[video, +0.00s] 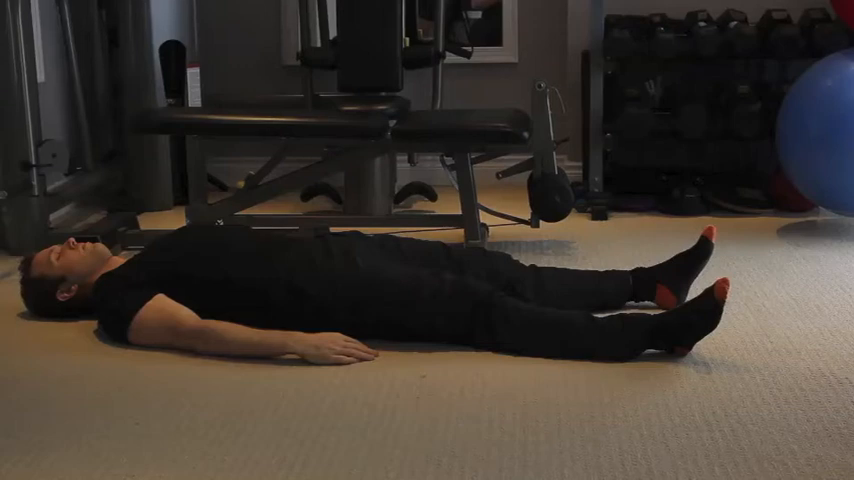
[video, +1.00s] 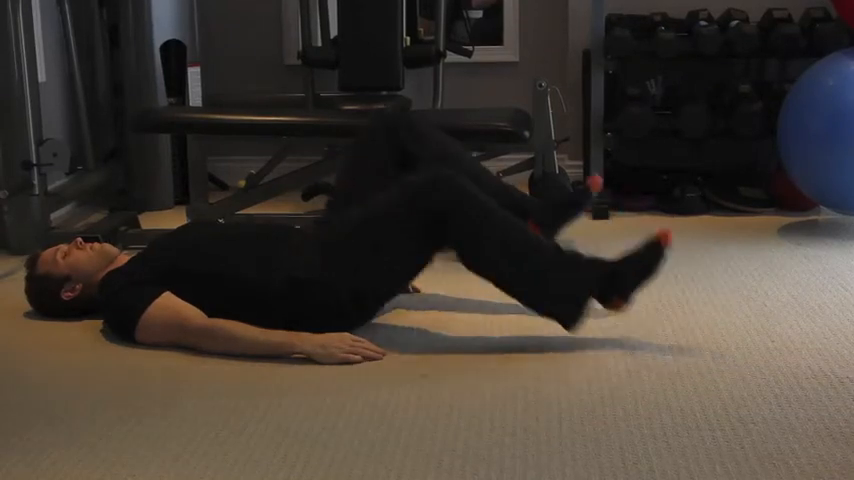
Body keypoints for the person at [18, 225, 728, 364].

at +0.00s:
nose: (66, 243)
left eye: (58, 245)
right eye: (56, 257)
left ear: (79, 241)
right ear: (67, 286)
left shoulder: (149, 248)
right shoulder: (119, 295)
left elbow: (248, 245)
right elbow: (200, 336)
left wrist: (330, 237)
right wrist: (297, 345)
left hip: (349, 249)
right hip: (335, 285)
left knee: (489, 264)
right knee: (483, 306)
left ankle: (642, 287)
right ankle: (657, 337)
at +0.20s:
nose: (67, 242)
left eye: (59, 244)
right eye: (58, 257)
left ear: (80, 240)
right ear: (68, 287)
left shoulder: (150, 247)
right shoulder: (119, 295)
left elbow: (255, 243)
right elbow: (200, 335)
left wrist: (351, 235)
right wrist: (296, 345)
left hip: (352, 245)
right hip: (335, 283)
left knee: (495, 262)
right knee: (484, 306)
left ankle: (645, 287)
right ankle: (655, 337)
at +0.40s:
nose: (67, 244)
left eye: (59, 244)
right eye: (58, 259)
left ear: (81, 238)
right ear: (69, 287)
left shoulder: (151, 246)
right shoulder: (119, 295)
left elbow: (250, 241)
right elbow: (199, 335)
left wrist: (333, 232)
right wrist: (295, 344)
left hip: (350, 241)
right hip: (332, 281)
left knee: (488, 248)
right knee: (480, 304)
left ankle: (643, 288)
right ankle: (656, 337)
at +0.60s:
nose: (69, 245)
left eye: (60, 244)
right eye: (58, 259)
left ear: (86, 246)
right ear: (70, 290)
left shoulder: (153, 250)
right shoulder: (120, 295)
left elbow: (248, 252)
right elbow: (197, 332)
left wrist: (325, 239)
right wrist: (298, 343)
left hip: (351, 237)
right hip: (328, 280)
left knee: (476, 210)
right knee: (477, 300)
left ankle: (627, 279)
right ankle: (653, 335)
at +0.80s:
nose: (80, 241)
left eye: (71, 239)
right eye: (68, 255)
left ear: (90, 244)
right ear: (74, 285)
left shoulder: (153, 246)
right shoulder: (127, 297)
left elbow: (249, 235)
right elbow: (206, 331)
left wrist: (319, 218)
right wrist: (311, 345)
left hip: (343, 226)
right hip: (330, 276)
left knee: (435, 152)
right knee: (472, 258)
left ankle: (563, 253)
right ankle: (641, 326)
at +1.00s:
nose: (81, 239)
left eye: (72, 239)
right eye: (68, 255)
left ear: (91, 242)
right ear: (77, 287)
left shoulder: (150, 251)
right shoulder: (128, 298)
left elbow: (243, 247)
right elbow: (209, 335)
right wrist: (312, 344)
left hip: (330, 242)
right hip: (325, 288)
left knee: (395, 129)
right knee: (441, 193)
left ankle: (530, 213)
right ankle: (585, 286)